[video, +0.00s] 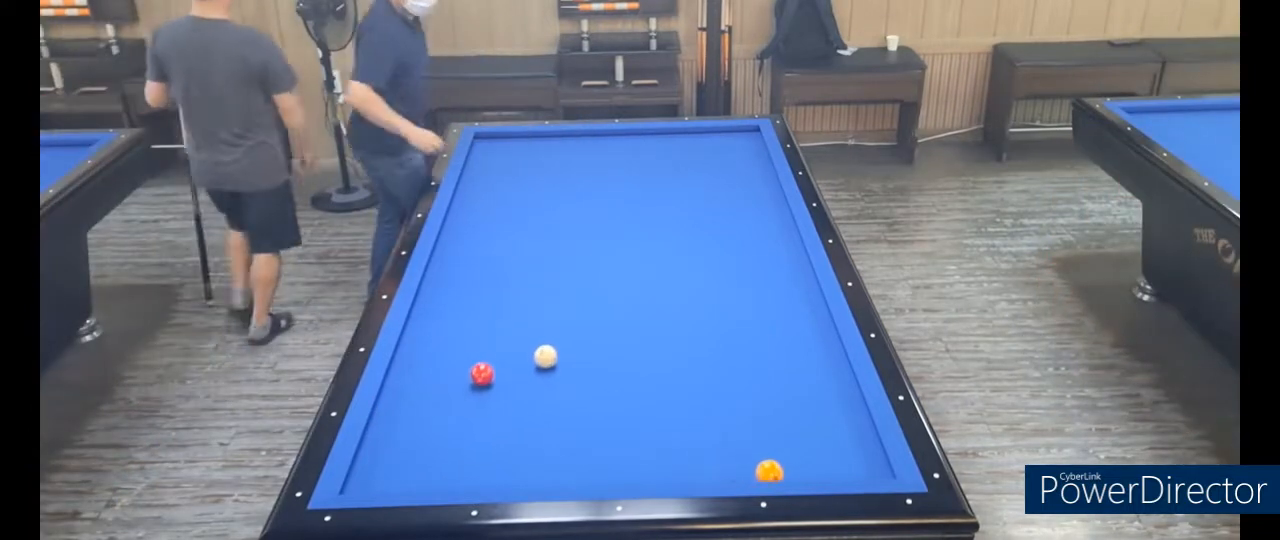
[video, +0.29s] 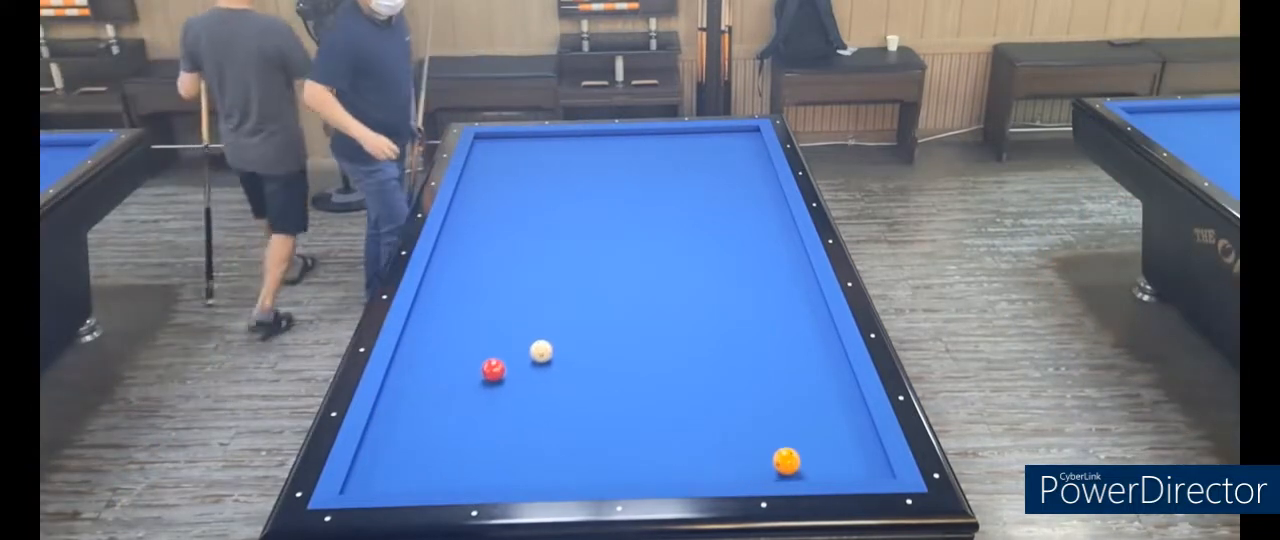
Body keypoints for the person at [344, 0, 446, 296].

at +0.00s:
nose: (429, 2)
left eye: (428, 1)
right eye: (423, 0)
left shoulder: (407, 19)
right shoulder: (382, 28)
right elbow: (358, 93)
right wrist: (412, 132)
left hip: (400, 144)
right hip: (386, 149)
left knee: (391, 223)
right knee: (428, 219)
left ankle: (381, 295)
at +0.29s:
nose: (394, 3)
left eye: (396, 3)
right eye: (386, 2)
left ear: (398, 4)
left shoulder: (395, 20)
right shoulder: (345, 30)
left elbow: (400, 80)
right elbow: (314, 93)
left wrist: (411, 125)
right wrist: (365, 136)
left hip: (394, 147)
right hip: (365, 155)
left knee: (381, 228)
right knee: (398, 228)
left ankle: (378, 300)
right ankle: (390, 304)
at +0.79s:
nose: (341, 9)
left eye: (346, 2)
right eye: (329, 4)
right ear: (306, 4)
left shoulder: (356, 27)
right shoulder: (288, 50)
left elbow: (378, 81)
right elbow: (265, 121)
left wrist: (397, 133)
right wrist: (321, 139)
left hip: (370, 174)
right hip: (331, 184)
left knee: (380, 256)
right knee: (350, 269)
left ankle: (384, 337)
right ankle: (351, 351)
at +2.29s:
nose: (331, 16)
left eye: (337, 7)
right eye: (319, 10)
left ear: (345, 3)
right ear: (294, 8)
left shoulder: (347, 29)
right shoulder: (282, 53)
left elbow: (371, 82)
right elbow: (306, 132)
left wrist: (393, 137)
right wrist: (376, 153)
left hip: (358, 175)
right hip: (321, 183)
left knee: (359, 260)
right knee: (340, 266)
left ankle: (357, 341)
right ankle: (339, 353)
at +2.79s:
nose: (338, 45)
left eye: (343, 34)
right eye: (326, 40)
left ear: (348, 18)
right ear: (300, 31)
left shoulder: (349, 36)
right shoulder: (288, 68)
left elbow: (366, 65)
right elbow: (316, 148)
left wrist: (381, 78)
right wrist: (385, 174)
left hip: (346, 177)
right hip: (309, 185)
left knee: (351, 258)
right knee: (327, 267)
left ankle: (353, 331)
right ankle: (338, 352)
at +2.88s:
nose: (330, 42)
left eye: (334, 32)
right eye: (318, 37)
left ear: (342, 16)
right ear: (293, 31)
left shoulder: (351, 32)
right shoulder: (276, 62)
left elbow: (378, 63)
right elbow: (279, 148)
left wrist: (387, 70)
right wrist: (348, 177)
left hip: (350, 178)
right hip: (306, 186)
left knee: (351, 261)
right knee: (323, 272)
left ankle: (354, 336)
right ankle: (338, 354)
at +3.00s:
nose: (318, 41)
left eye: (322, 31)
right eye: (305, 37)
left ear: (329, 15)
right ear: (280, 31)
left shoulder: (349, 33)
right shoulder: (262, 63)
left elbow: (399, 76)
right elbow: (244, 142)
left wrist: (394, 69)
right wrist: (299, 192)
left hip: (351, 176)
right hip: (300, 187)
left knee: (355, 263)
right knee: (314, 272)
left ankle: (354, 337)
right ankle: (333, 350)